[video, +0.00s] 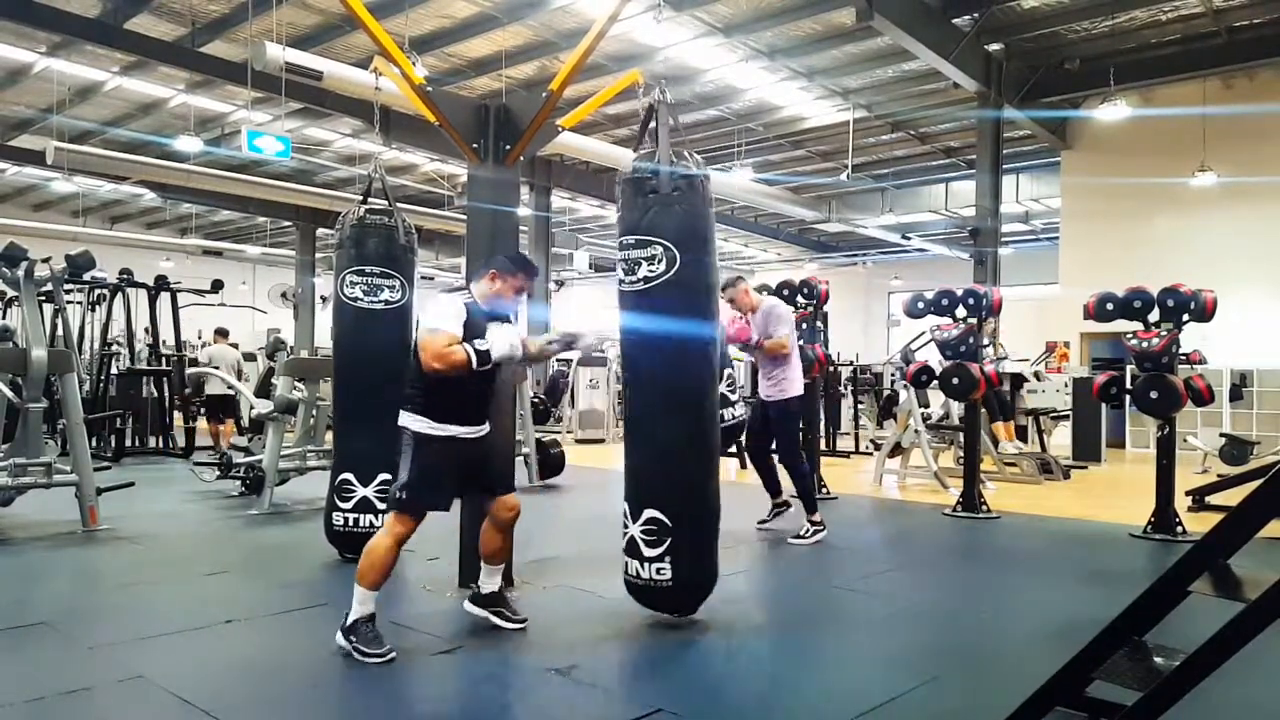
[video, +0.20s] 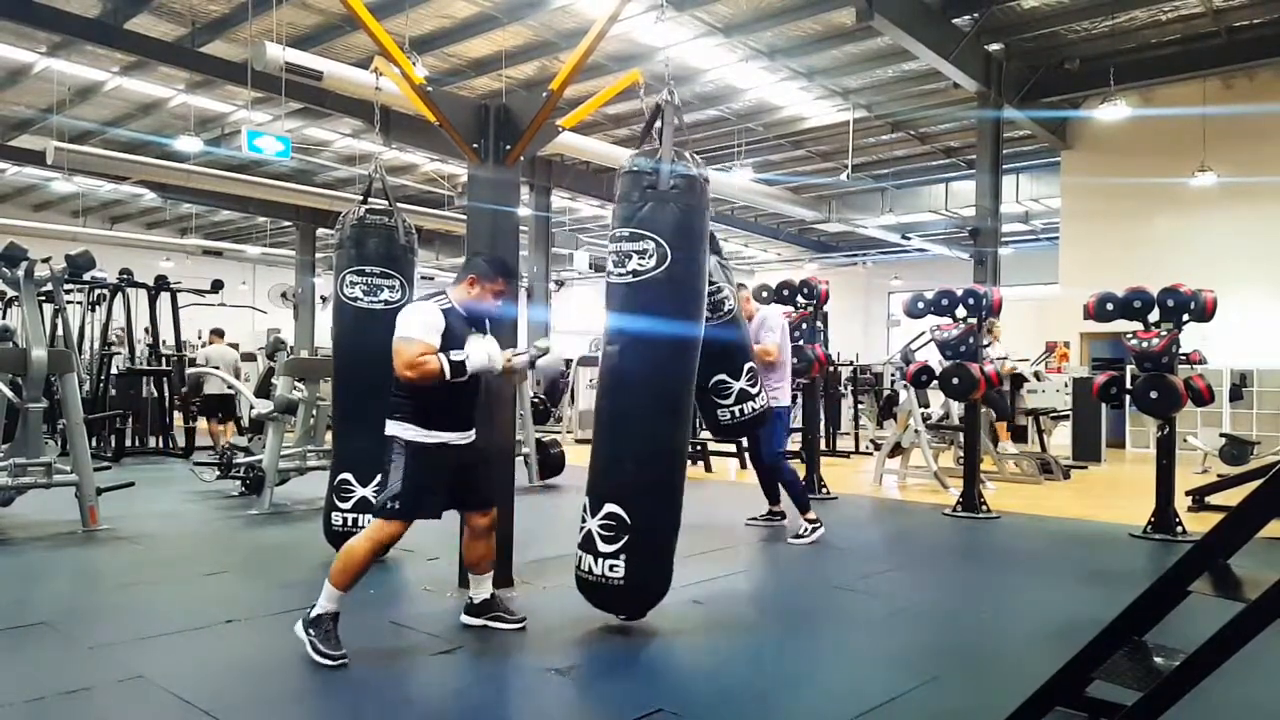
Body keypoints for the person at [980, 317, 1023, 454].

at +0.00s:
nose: (992, 328)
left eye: (993, 324)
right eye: (989, 324)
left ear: (994, 326)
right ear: (983, 326)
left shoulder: (989, 341)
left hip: (989, 382)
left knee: (1005, 403)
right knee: (993, 407)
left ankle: (1012, 440)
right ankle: (1003, 442)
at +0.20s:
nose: (999, 332)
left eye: (1000, 329)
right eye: (997, 330)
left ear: (998, 331)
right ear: (991, 331)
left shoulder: (998, 346)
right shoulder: (983, 347)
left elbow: (1004, 362)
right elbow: (985, 368)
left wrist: (1009, 368)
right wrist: (1001, 370)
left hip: (996, 386)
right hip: (982, 387)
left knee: (1007, 409)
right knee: (1000, 408)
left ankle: (1007, 441)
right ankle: (1002, 441)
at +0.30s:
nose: (1004, 339)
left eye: (1003, 337)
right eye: (1001, 337)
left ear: (1002, 339)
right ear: (994, 338)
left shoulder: (1004, 354)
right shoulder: (986, 353)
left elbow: (1008, 377)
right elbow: (983, 371)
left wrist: (1012, 374)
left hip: (1002, 390)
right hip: (988, 391)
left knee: (1006, 413)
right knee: (1005, 408)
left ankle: (1005, 441)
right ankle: (1004, 441)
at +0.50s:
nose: (1010, 349)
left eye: (1010, 346)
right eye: (1007, 346)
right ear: (1000, 348)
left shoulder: (1009, 364)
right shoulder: (990, 363)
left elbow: (1009, 389)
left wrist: (1016, 392)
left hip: (1004, 400)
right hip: (988, 399)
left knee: (1001, 432)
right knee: (1014, 412)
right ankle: (1009, 443)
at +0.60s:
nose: (1012, 347)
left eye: (1012, 344)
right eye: (1009, 344)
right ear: (1002, 346)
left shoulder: (1012, 364)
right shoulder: (993, 362)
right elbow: (996, 386)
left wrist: (1018, 390)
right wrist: (1015, 391)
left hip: (1006, 399)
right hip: (991, 398)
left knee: (1002, 432)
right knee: (1017, 414)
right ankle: (1011, 445)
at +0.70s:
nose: (1011, 345)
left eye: (1012, 342)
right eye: (1008, 342)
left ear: (1012, 345)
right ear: (1001, 344)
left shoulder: (1012, 362)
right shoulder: (991, 360)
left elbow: (1012, 381)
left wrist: (1019, 388)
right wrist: (1014, 389)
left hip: (1008, 397)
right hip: (992, 396)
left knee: (1002, 429)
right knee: (1015, 420)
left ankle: (998, 461)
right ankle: (1010, 449)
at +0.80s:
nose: (1011, 345)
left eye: (1012, 342)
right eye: (1007, 342)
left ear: (1013, 345)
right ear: (1000, 344)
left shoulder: (1013, 362)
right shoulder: (992, 359)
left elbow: (1015, 382)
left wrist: (1018, 387)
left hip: (1008, 398)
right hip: (993, 397)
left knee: (1001, 433)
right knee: (1010, 427)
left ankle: (998, 462)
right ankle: (1008, 459)